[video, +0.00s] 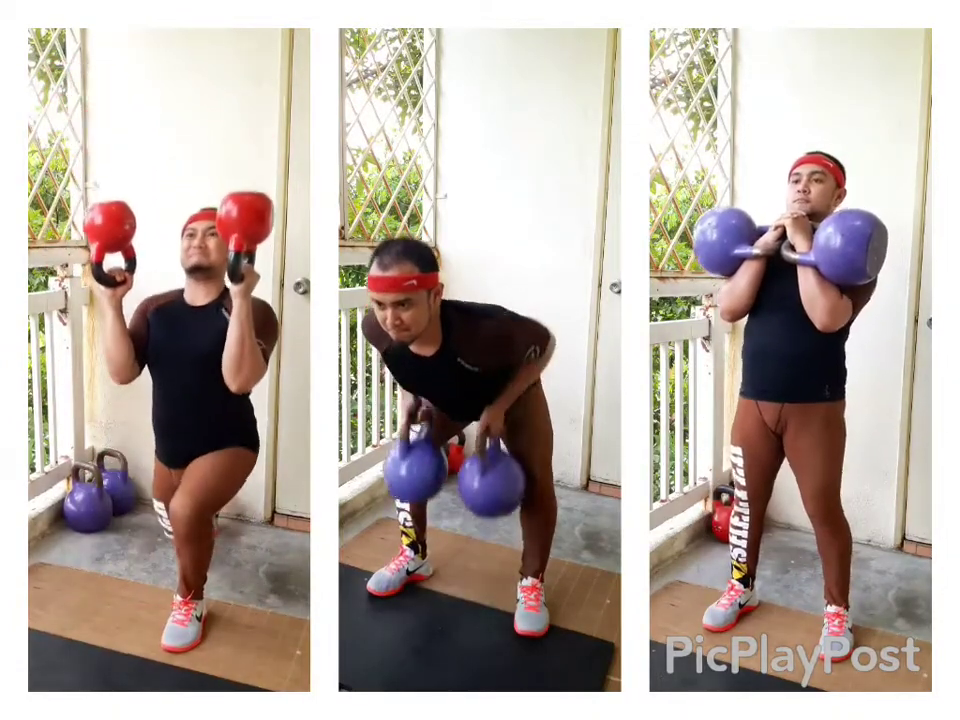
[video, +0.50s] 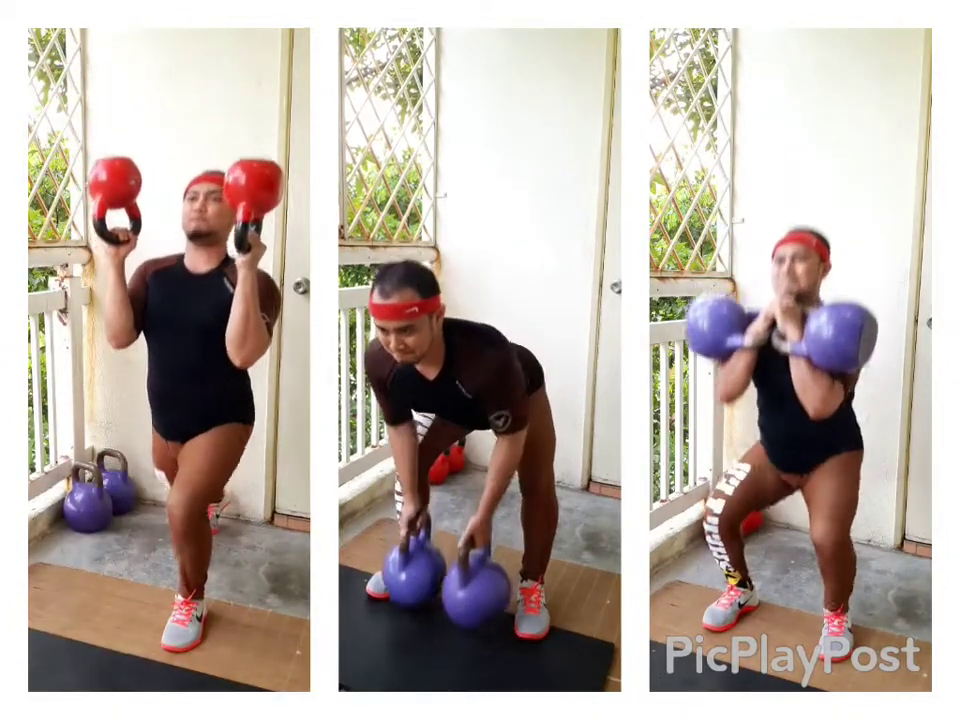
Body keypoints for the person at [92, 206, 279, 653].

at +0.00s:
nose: (199, 241)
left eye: (211, 235)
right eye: (191, 235)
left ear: (230, 250)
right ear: (179, 250)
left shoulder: (253, 311)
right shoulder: (155, 307)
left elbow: (239, 380)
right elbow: (122, 372)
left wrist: (241, 297)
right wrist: (111, 301)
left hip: (228, 441)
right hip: (170, 443)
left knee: (187, 512)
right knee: (175, 517)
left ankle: (188, 600)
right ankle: (196, 574)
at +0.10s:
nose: (201, 245)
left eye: (213, 239)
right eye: (193, 239)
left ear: (232, 255)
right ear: (182, 253)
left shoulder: (255, 316)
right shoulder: (156, 309)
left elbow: (240, 384)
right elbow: (123, 373)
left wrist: (241, 303)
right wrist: (113, 304)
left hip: (227, 445)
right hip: (170, 445)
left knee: (184, 513)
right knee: (175, 521)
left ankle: (188, 601)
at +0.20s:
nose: (203, 245)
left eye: (214, 239)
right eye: (195, 238)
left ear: (233, 254)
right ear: (183, 252)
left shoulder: (254, 316)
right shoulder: (157, 307)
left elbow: (240, 385)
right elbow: (123, 371)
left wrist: (243, 302)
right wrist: (112, 300)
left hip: (226, 444)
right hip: (169, 444)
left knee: (183, 512)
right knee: (175, 521)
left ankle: (188, 602)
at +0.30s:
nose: (202, 239)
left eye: (215, 233)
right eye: (195, 232)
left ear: (233, 248)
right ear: (183, 245)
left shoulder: (254, 311)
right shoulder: (157, 301)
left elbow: (242, 381)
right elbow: (123, 364)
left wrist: (245, 300)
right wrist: (115, 293)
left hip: (225, 439)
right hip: (168, 438)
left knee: (180, 513)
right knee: (176, 518)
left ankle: (190, 600)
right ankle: (201, 538)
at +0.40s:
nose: (201, 226)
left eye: (214, 220)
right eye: (193, 219)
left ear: (233, 235)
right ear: (182, 233)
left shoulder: (254, 301)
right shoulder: (156, 289)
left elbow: (242, 370)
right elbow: (121, 354)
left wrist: (246, 287)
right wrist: (117, 280)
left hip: (223, 430)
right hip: (167, 427)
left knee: (183, 512)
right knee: (171, 492)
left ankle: (190, 599)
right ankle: (206, 510)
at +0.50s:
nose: (200, 206)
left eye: (213, 199)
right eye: (192, 199)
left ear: (233, 215)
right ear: (181, 213)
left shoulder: (254, 283)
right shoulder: (154, 271)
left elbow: (243, 354)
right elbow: (119, 336)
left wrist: (247, 267)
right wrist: (112, 259)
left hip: (223, 416)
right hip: (166, 410)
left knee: (184, 510)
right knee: (171, 472)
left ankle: (189, 600)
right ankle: (207, 506)